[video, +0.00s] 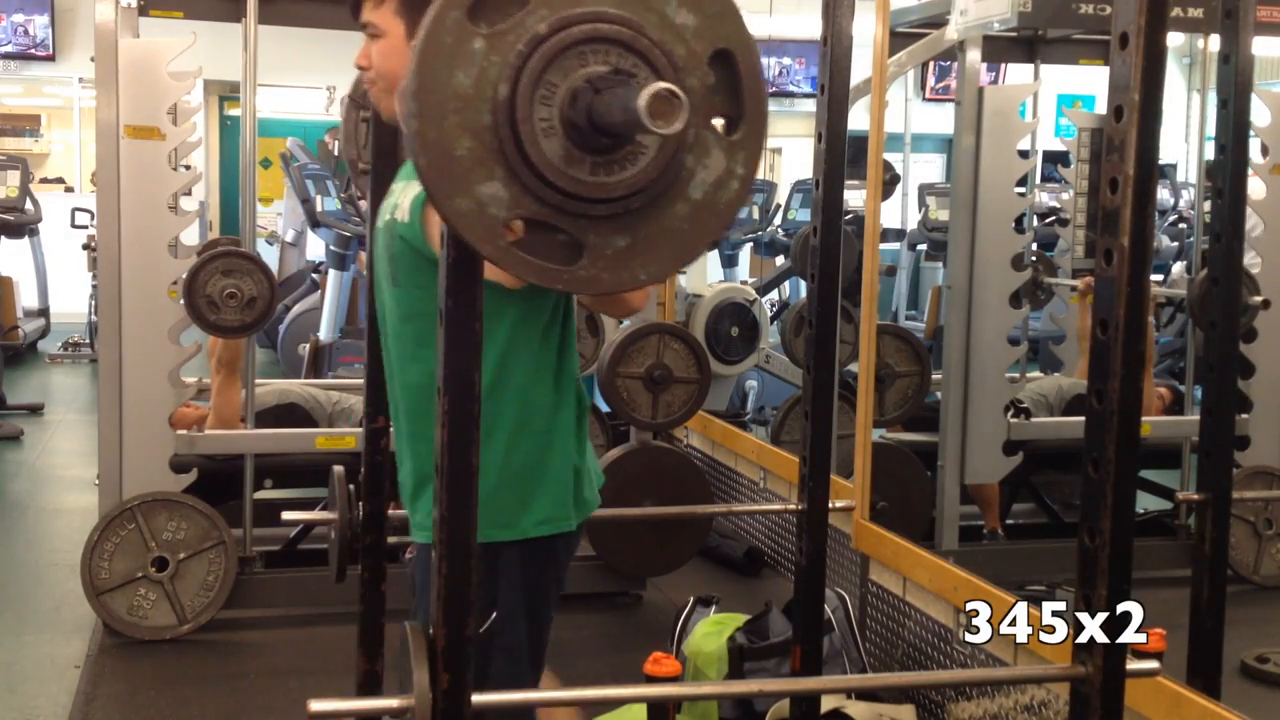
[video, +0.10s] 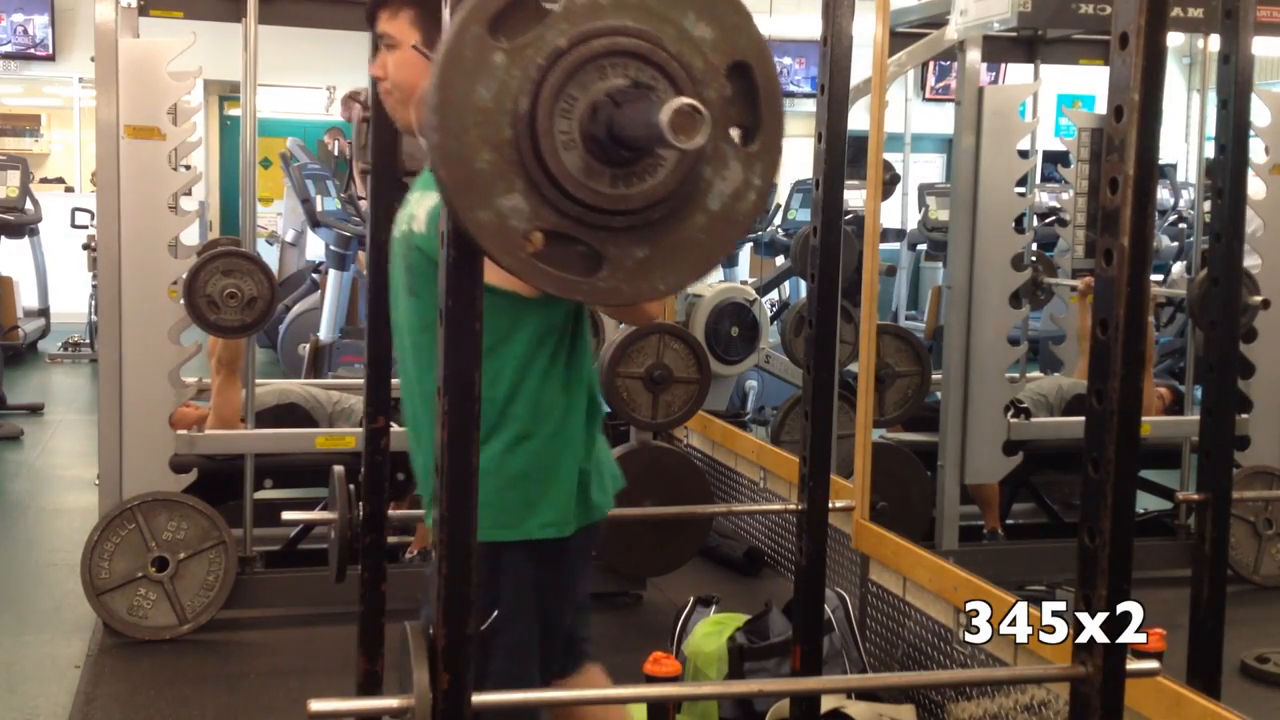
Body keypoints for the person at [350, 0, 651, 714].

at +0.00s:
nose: (361, 59)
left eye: (375, 34)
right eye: (365, 36)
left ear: (435, 45)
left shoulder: (465, 175)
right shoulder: (427, 182)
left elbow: (626, 292)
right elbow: (520, 258)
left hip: (510, 509)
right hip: (486, 511)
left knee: (500, 703)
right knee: (488, 705)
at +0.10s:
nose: (376, 71)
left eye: (389, 47)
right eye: (377, 49)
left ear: (450, 62)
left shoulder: (465, 200)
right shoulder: (432, 199)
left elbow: (647, 303)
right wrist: (434, 504)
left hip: (515, 498)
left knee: (498, 694)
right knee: (569, 665)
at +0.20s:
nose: (393, 79)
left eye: (411, 58)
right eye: (395, 60)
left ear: (468, 72)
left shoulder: (487, 199)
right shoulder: (455, 201)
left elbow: (652, 295)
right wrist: (442, 498)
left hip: (538, 498)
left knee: (510, 697)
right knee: (592, 676)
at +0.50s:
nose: (472, 103)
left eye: (480, 81)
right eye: (473, 85)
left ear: (527, 74)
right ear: (527, 78)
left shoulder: (538, 201)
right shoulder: (530, 203)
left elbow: (667, 269)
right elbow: (662, 266)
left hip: (584, 505)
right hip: (601, 500)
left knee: (513, 704)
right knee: (619, 671)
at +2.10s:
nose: (513, 109)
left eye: (521, 84)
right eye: (508, 88)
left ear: (583, 71)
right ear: (581, 75)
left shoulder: (648, 193)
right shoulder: (588, 177)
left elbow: (775, 251)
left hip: (670, 511)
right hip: (617, 503)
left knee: (676, 709)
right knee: (625, 702)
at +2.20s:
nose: (512, 108)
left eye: (521, 84)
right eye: (507, 87)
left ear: (582, 71)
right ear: (579, 75)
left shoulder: (648, 188)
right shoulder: (586, 177)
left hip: (670, 513)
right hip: (613, 505)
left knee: (669, 711)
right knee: (622, 703)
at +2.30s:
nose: (512, 107)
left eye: (521, 83)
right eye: (507, 87)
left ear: (583, 71)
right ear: (579, 76)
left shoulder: (646, 190)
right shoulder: (584, 178)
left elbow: (777, 272)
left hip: (671, 512)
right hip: (614, 504)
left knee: (672, 711)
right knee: (629, 704)